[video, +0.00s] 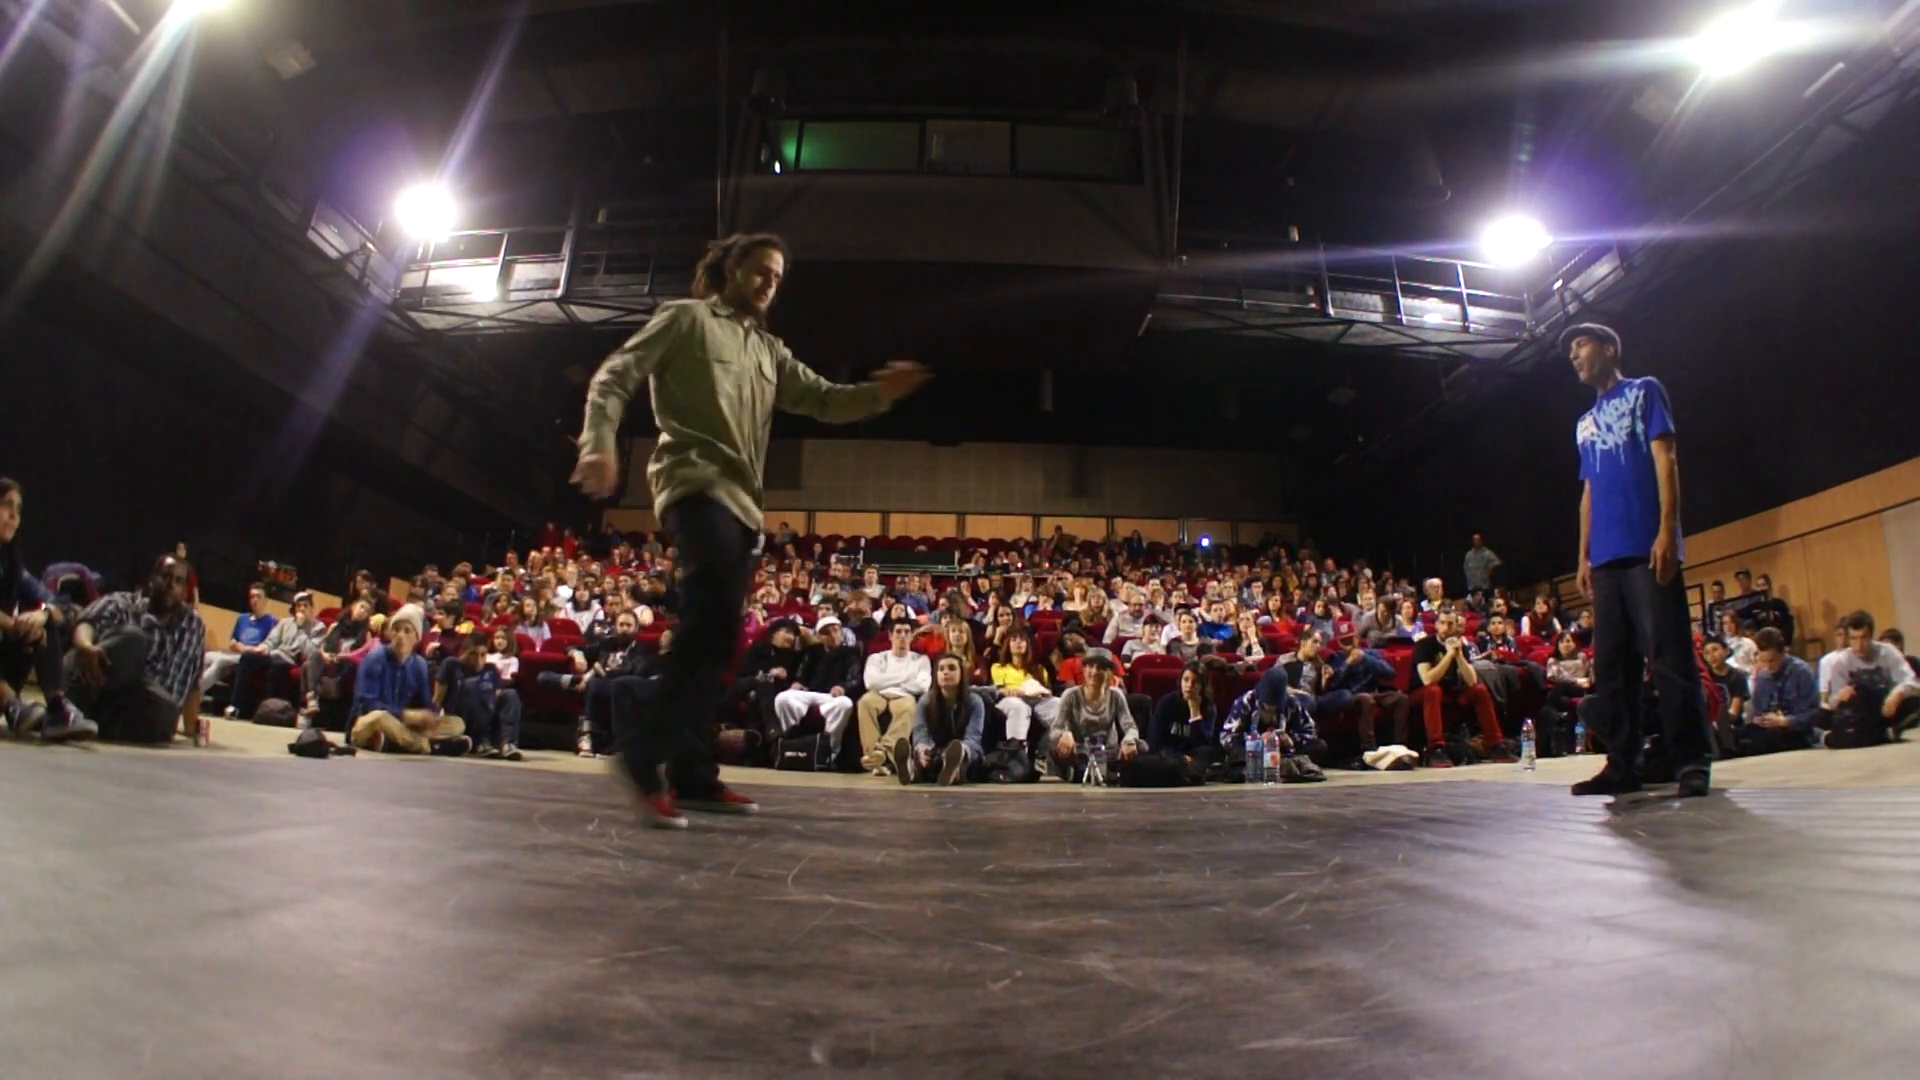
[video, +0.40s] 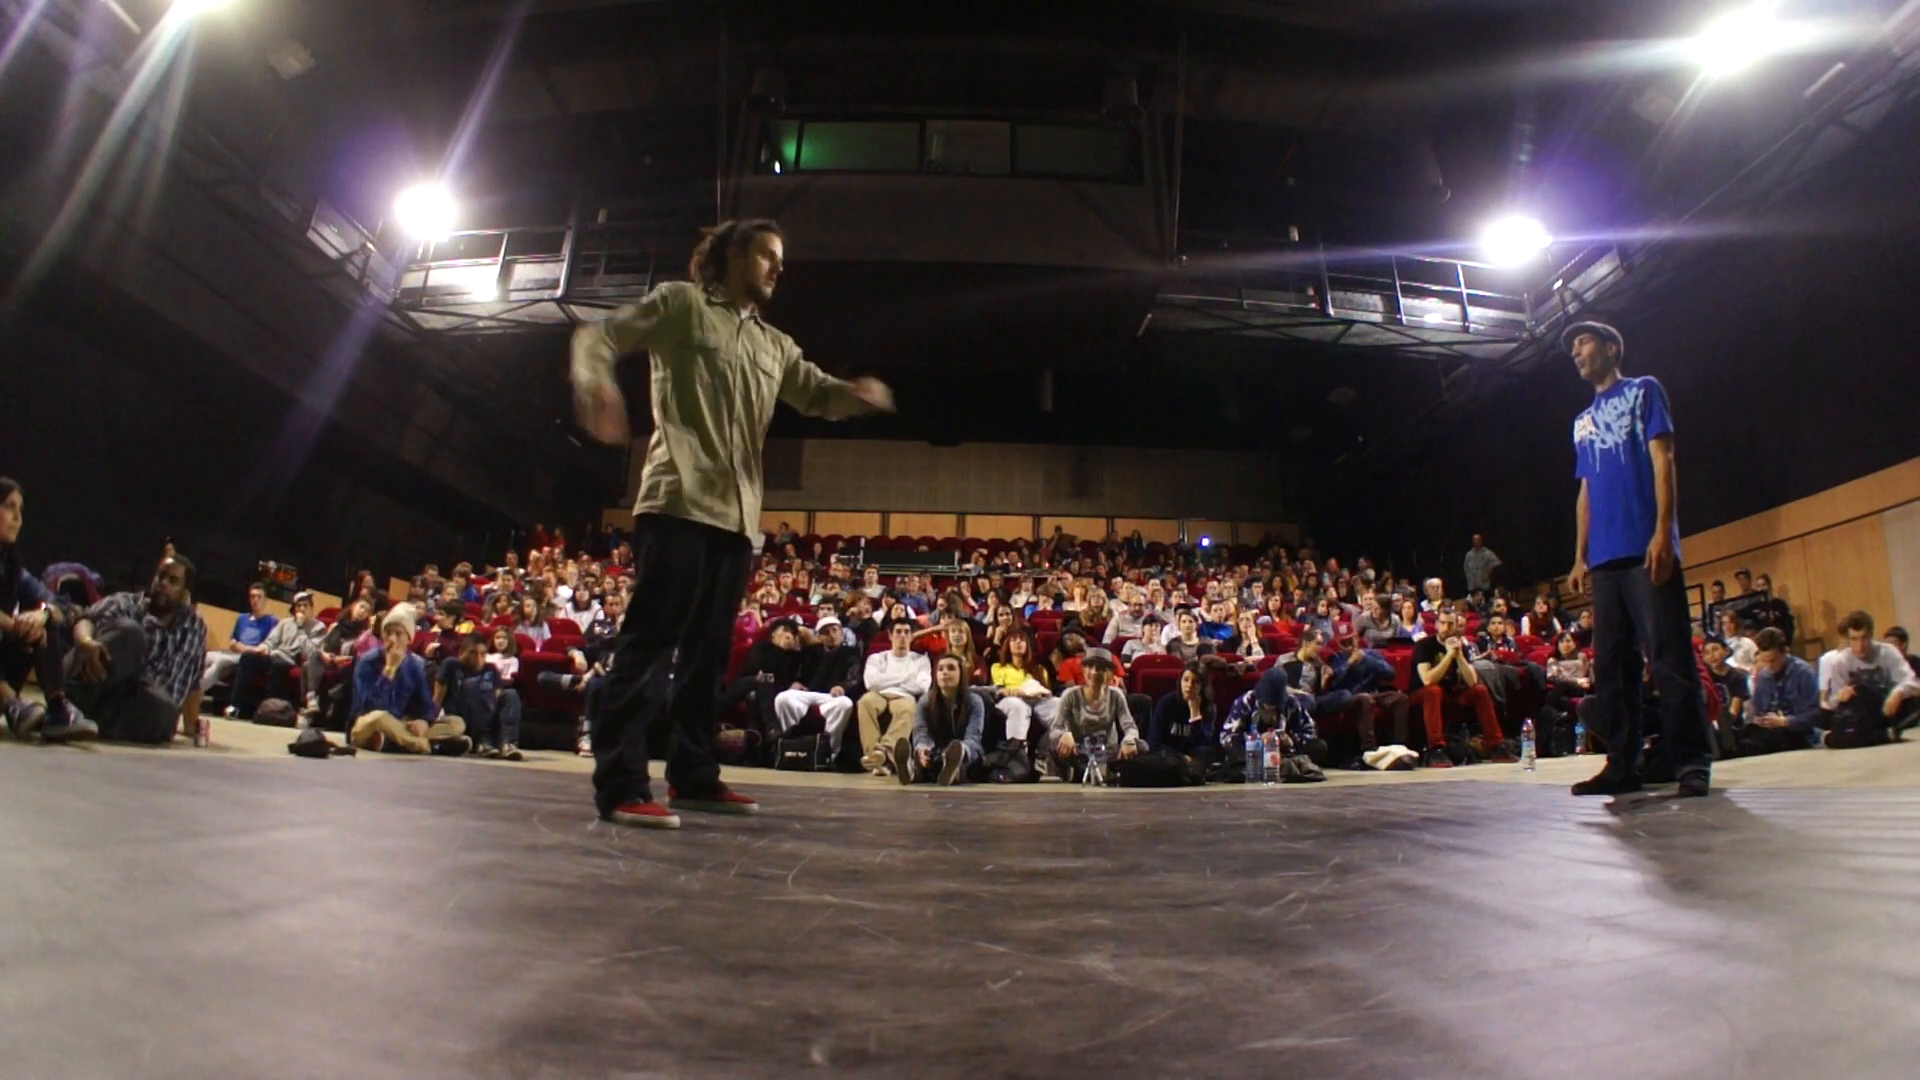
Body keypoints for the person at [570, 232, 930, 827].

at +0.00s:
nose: (771, 285)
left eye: (778, 280)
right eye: (762, 273)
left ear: (778, 290)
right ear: (730, 270)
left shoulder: (770, 350)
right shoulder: (687, 316)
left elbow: (824, 399)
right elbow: (615, 376)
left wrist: (883, 391)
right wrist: (598, 446)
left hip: (742, 503)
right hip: (695, 484)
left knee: (717, 637)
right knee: (710, 625)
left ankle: (695, 776)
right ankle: (646, 756)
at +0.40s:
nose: (777, 270)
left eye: (781, 263)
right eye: (768, 257)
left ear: (774, 273)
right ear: (731, 254)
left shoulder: (774, 344)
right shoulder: (682, 302)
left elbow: (815, 390)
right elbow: (597, 336)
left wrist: (856, 394)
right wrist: (598, 387)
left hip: (738, 515)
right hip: (677, 499)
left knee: (707, 651)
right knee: (648, 644)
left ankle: (694, 779)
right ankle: (620, 788)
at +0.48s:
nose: (778, 268)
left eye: (781, 261)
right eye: (769, 256)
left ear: (771, 271)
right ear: (732, 255)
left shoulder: (775, 342)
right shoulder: (683, 300)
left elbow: (824, 391)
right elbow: (592, 306)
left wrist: (890, 410)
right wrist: (553, 348)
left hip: (736, 513)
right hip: (677, 500)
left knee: (707, 653)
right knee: (651, 645)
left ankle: (694, 780)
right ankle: (619, 786)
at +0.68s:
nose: (777, 266)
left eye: (778, 259)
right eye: (768, 254)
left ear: (759, 265)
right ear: (729, 254)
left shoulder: (771, 343)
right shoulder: (691, 296)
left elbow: (814, 392)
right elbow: (649, 298)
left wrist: (880, 410)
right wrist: (611, 282)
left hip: (733, 511)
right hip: (677, 498)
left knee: (709, 652)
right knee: (652, 645)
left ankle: (694, 779)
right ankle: (619, 787)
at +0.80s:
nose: (779, 269)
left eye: (780, 262)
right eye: (770, 257)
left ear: (765, 269)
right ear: (731, 255)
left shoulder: (771, 345)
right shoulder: (688, 309)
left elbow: (807, 394)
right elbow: (622, 309)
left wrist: (866, 397)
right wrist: (690, 287)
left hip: (735, 513)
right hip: (676, 501)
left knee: (710, 654)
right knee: (652, 647)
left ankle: (694, 780)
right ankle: (619, 788)